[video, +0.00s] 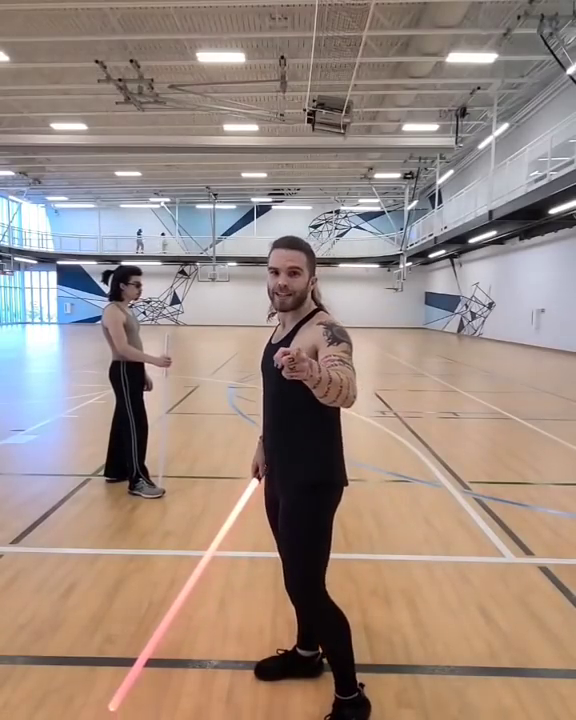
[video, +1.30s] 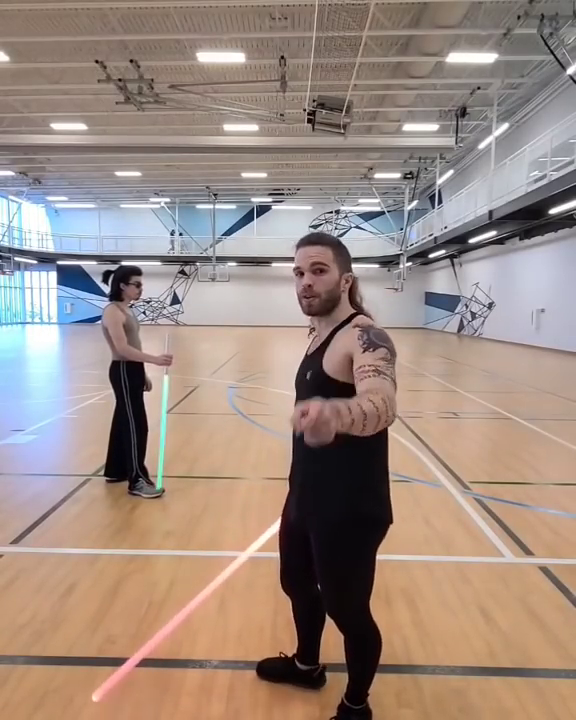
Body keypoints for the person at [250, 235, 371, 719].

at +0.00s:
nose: (282, 281)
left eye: (293, 272)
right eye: (275, 272)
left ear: (312, 277)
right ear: (267, 277)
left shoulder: (327, 331)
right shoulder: (282, 327)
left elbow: (346, 392)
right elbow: (280, 399)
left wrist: (312, 374)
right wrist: (263, 446)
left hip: (314, 476)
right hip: (281, 470)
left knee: (310, 589)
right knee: (296, 571)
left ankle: (350, 694)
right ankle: (307, 651)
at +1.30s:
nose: (305, 281)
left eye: (318, 271)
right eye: (299, 273)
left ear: (346, 279)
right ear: (294, 281)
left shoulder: (367, 338)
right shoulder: (321, 333)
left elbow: (380, 403)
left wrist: (335, 414)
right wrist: (300, 482)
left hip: (350, 501)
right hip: (308, 491)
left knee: (348, 608)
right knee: (299, 579)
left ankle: (356, 703)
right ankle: (306, 663)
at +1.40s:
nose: (305, 285)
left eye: (318, 273)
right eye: (299, 276)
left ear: (345, 281)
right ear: (293, 283)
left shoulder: (366, 340)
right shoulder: (323, 335)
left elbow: (380, 413)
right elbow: (326, 416)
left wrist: (321, 458)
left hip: (350, 504)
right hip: (309, 494)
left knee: (348, 610)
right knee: (300, 583)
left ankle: (357, 703)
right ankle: (307, 666)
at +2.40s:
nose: (279, 285)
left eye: (289, 275)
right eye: (270, 276)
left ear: (308, 278)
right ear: (261, 281)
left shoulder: (329, 337)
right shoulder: (275, 330)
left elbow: (356, 417)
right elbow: (284, 401)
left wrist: (324, 487)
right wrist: (256, 434)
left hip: (310, 482)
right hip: (272, 475)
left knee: (315, 594)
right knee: (286, 568)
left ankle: (351, 696)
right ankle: (301, 645)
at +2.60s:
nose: (285, 283)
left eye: (296, 274)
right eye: (276, 272)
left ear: (310, 280)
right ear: (264, 275)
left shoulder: (333, 336)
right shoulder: (264, 329)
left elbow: (367, 411)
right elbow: (252, 385)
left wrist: (354, 482)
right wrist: (198, 406)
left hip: (319, 483)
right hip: (272, 476)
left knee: (337, 591)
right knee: (290, 569)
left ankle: (364, 697)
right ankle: (302, 646)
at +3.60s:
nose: (330, 273)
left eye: (344, 264)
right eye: (328, 264)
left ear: (377, 277)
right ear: (325, 269)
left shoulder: (410, 346)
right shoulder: (318, 335)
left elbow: (432, 438)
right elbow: (267, 373)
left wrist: (377, 504)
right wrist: (205, 381)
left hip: (380, 497)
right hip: (323, 484)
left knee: (368, 608)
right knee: (292, 568)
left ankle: (368, 700)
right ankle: (301, 642)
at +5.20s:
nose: (316, 275)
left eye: (329, 264)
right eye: (308, 266)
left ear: (353, 272)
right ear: (302, 273)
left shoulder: (377, 338)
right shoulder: (316, 333)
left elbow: (406, 419)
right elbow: (285, 394)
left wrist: (329, 464)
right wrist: (226, 406)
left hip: (361, 497)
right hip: (309, 489)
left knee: (358, 605)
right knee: (283, 571)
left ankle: (367, 700)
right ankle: (289, 649)